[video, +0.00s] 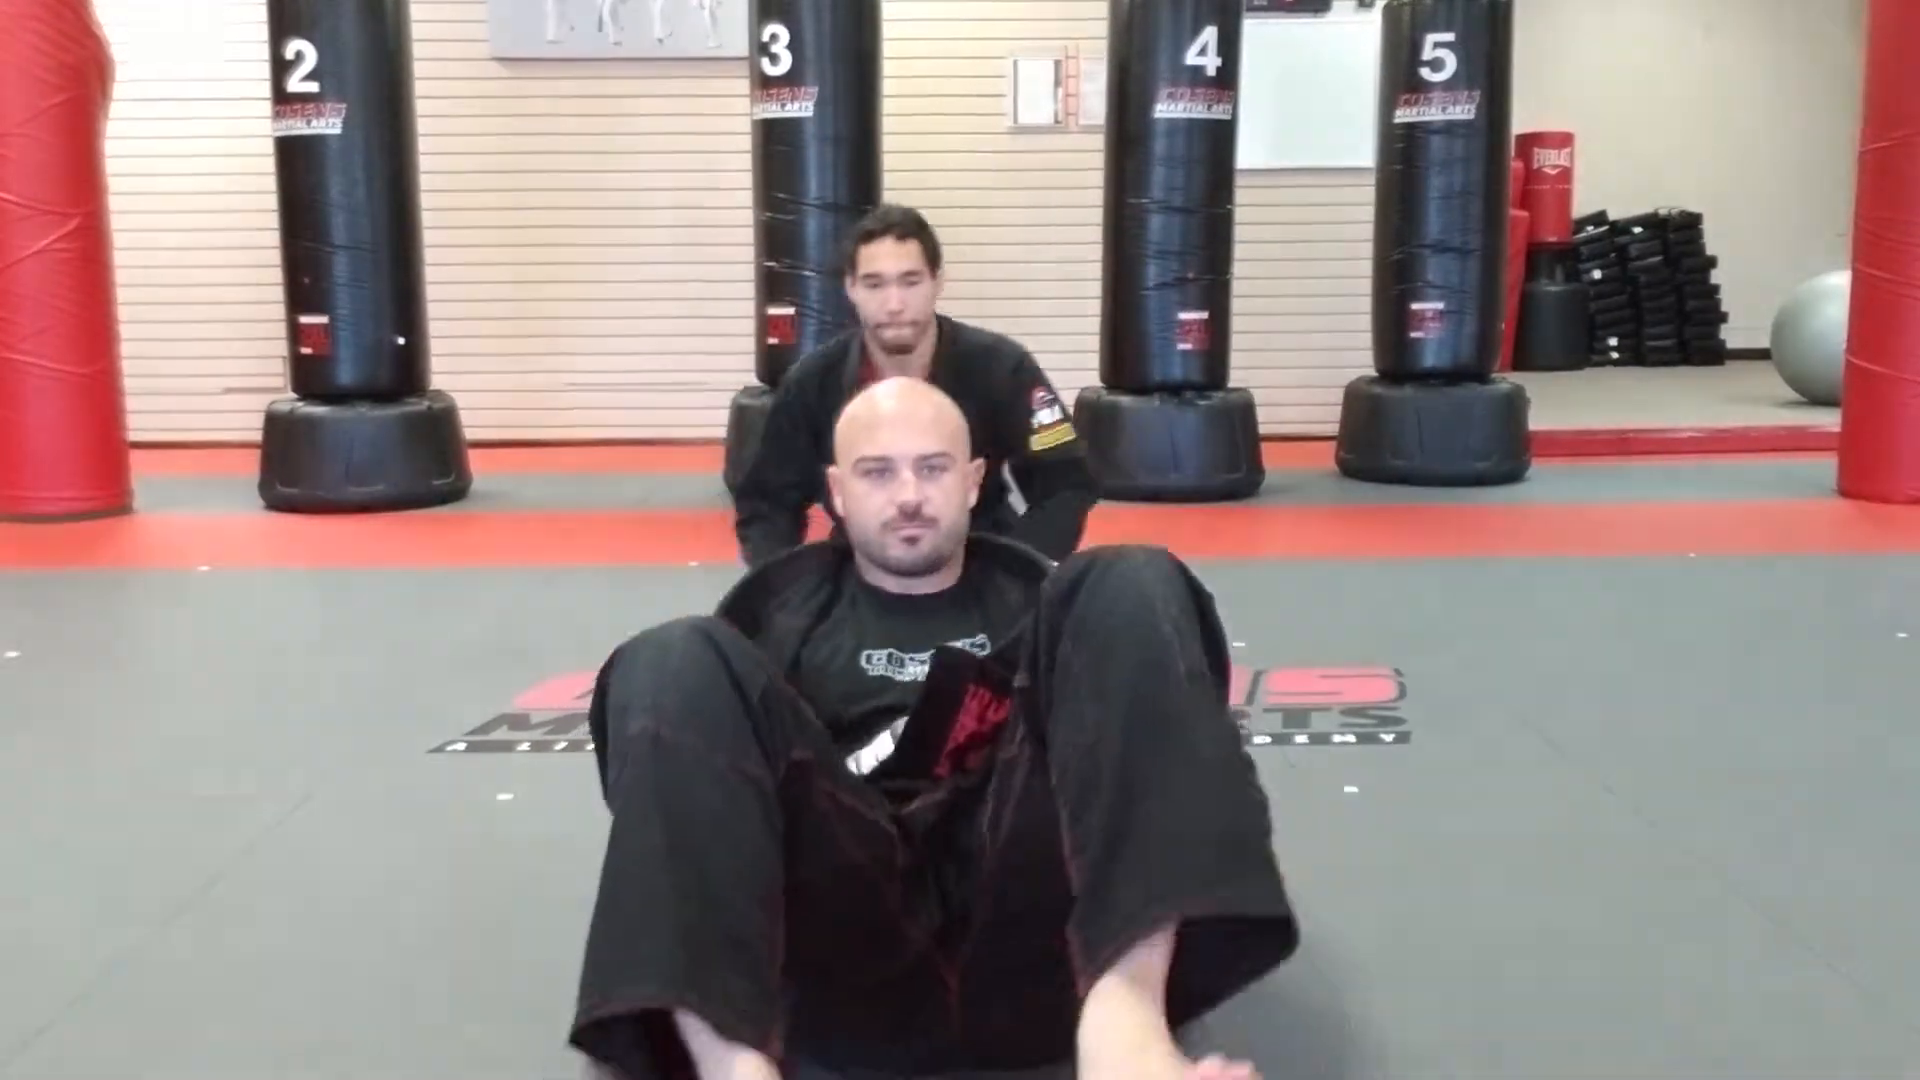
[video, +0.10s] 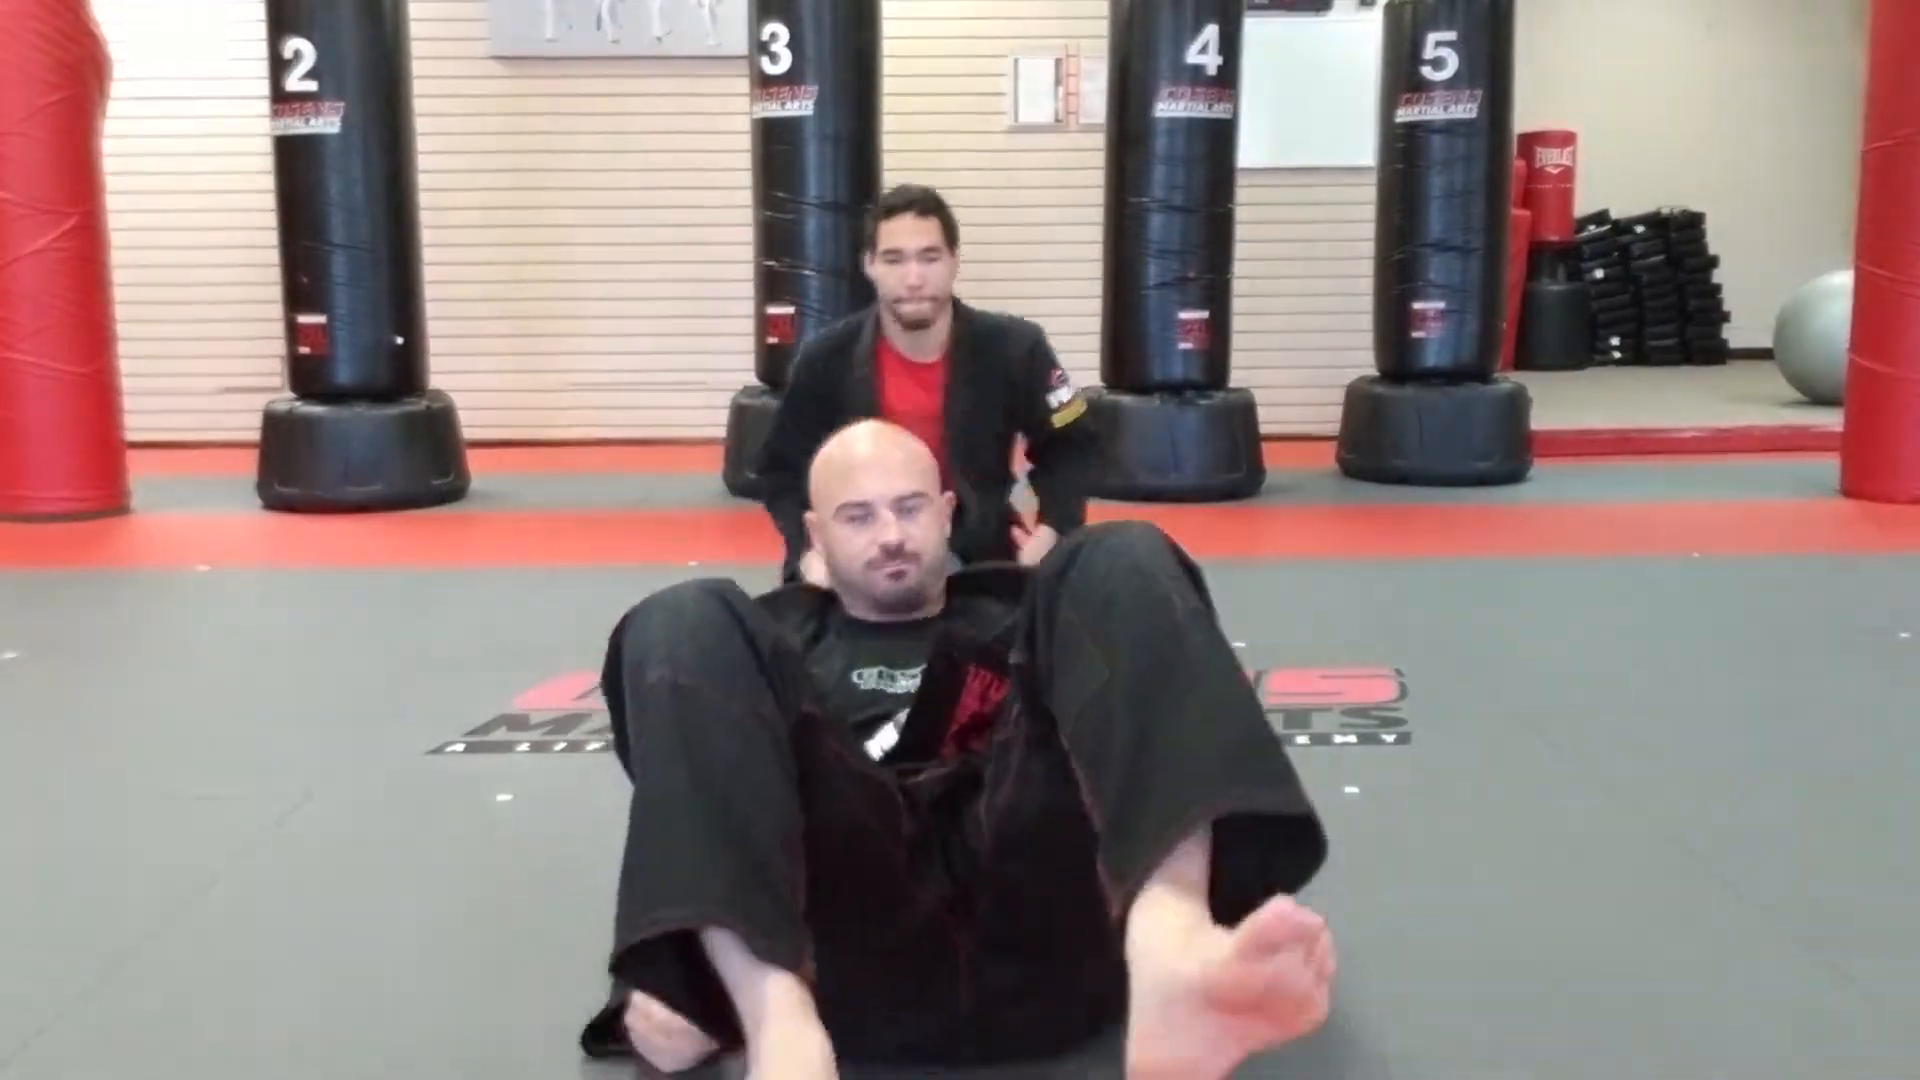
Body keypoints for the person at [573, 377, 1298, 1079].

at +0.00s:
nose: (908, 497)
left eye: (933, 469)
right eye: (878, 473)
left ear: (976, 481)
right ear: (833, 494)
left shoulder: (1054, 605)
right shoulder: (772, 609)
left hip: (1030, 938)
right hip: (829, 935)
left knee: (1138, 582)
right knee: (668, 663)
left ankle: (1129, 1027)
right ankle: (730, 1058)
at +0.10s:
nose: (891, 535)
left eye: (912, 509)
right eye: (859, 515)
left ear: (950, 519)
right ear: (812, 543)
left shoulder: (1037, 614)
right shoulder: (760, 643)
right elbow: (678, 779)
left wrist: (1068, 579)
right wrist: (650, 1002)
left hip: (1045, 949)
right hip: (845, 960)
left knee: (1126, 553)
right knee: (674, 620)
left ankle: (1171, 965)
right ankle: (782, 1035)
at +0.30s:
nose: (862, 582)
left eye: (879, 557)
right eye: (828, 572)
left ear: (918, 571)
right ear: (795, 611)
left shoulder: (1017, 659)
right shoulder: (777, 707)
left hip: (1063, 950)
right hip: (865, 973)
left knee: (1107, 521)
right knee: (690, 571)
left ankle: (1183, 917)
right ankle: (764, 963)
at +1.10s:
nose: (879, 629)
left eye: (895, 626)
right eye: (853, 632)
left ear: (936, 643)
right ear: (814, 668)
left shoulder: (1012, 681)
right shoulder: (794, 718)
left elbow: (1181, 674)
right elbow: (689, 704)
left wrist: (1045, 609)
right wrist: (783, 595)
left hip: (1047, 916)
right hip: (852, 922)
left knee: (1145, 602)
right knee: (668, 659)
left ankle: (1163, 1048)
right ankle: (639, 1061)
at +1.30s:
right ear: (838, 627)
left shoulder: (1040, 663)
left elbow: (1200, 677)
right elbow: (654, 657)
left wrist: (1068, 599)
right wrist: (790, 583)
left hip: (1053, 907)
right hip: (848, 921)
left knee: (1160, 600)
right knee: (679, 620)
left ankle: (1166, 1052)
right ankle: (733, 1053)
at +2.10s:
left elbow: (1140, 778)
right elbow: (812, 587)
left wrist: (1203, 625)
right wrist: (843, 478)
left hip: (996, 735)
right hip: (845, 725)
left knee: (1096, 572)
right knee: (715, 670)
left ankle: (1079, 966)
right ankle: (723, 1044)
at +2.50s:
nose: (834, 545)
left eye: (856, 531)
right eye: (812, 542)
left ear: (901, 548)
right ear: (793, 580)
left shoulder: (953, 642)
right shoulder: (747, 654)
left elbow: (1035, 580)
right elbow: (637, 740)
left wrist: (906, 494)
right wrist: (601, 625)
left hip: (933, 757)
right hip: (765, 765)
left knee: (1083, 556)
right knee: (612, 743)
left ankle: (1017, 936)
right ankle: (689, 1056)